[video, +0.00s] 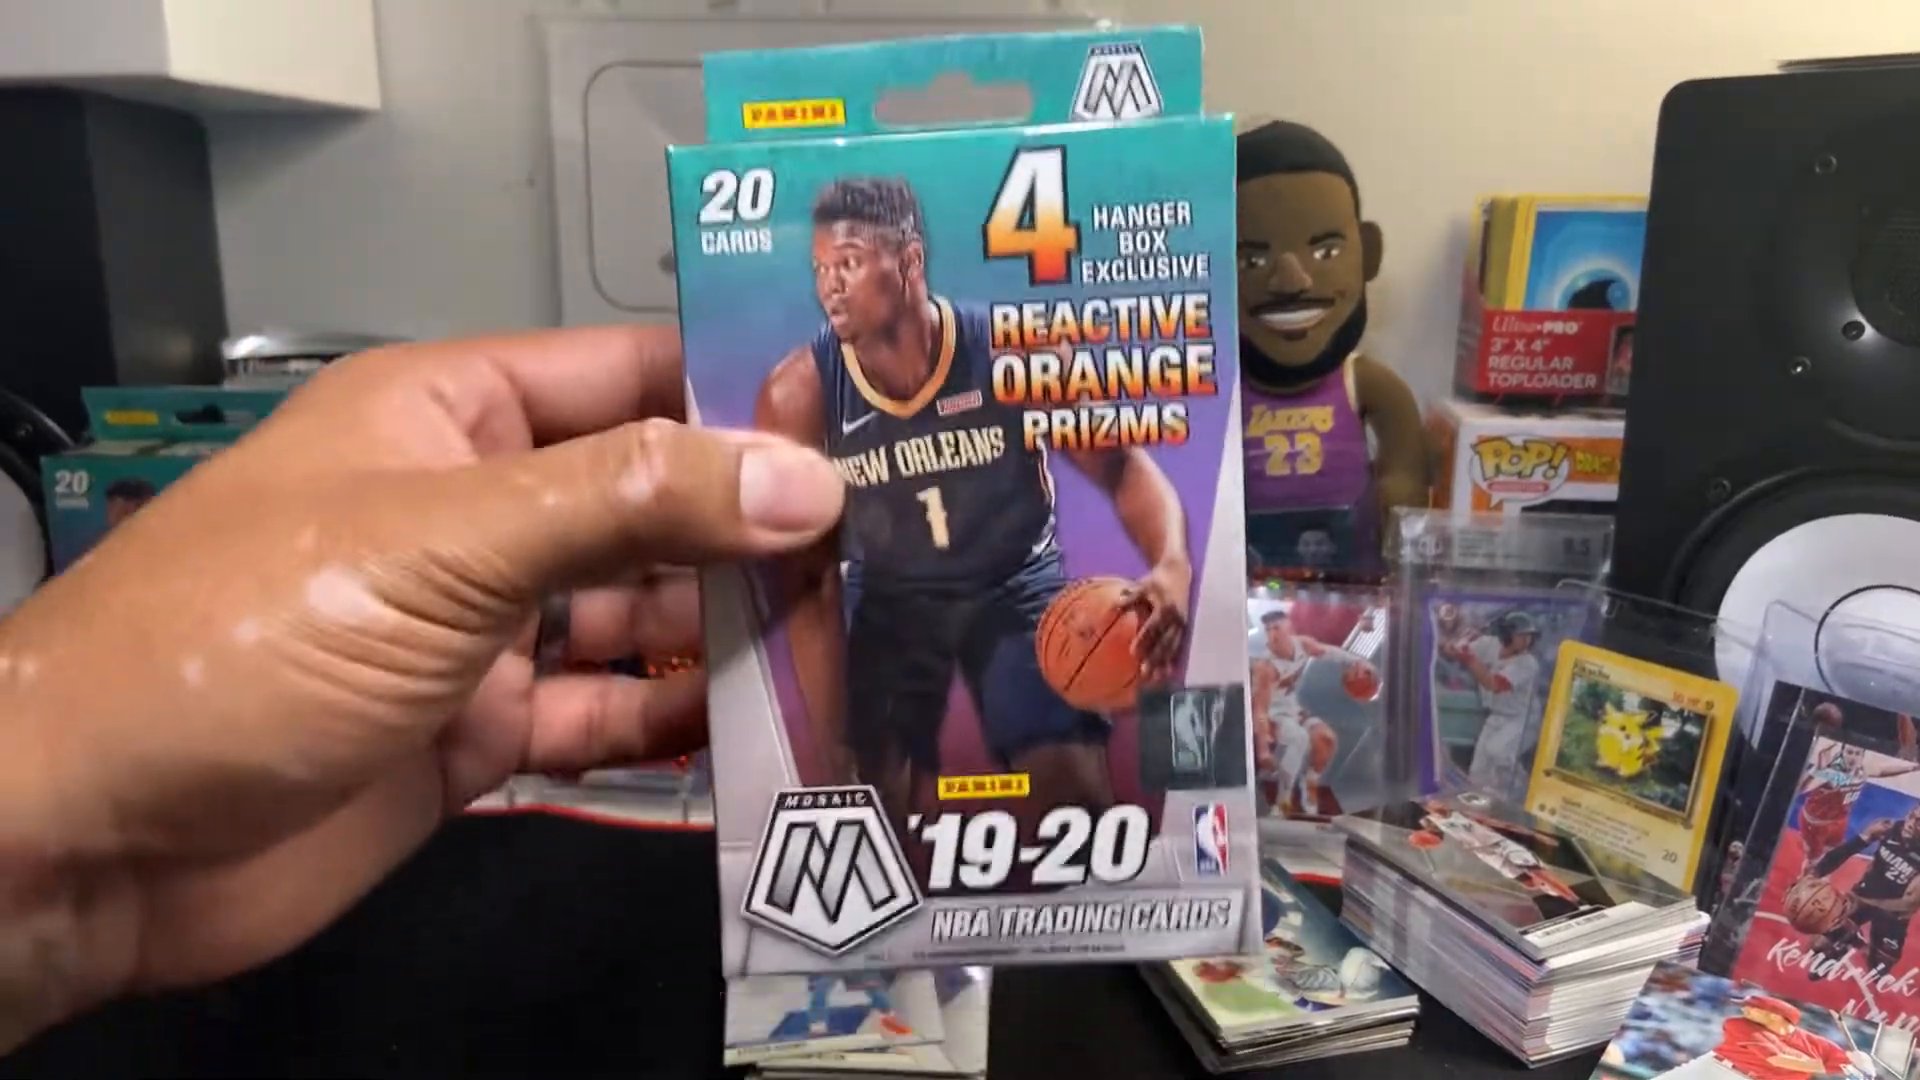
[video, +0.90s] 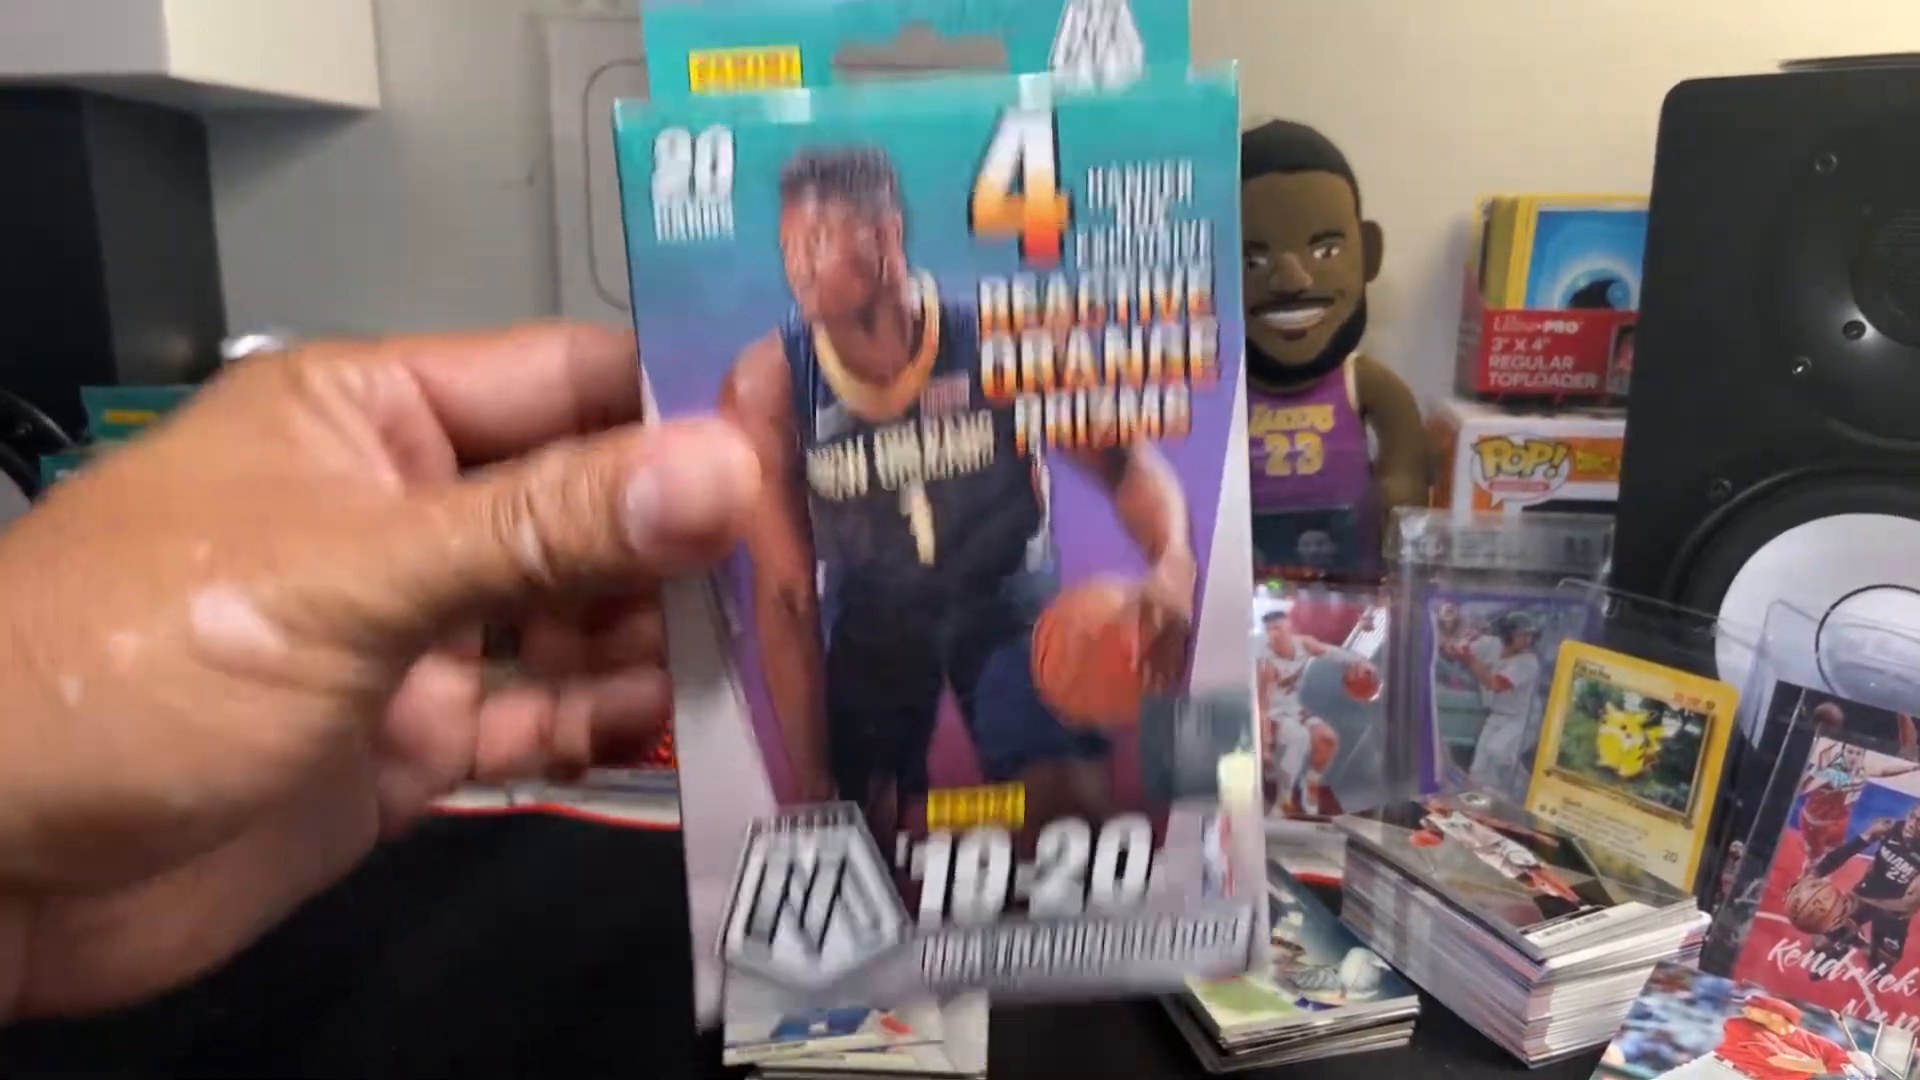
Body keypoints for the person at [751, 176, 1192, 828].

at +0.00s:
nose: (830, 287)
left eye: (849, 264)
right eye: (821, 269)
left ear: (910, 262)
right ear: (813, 276)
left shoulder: (1008, 352)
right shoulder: (799, 393)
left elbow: (1120, 466)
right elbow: (808, 580)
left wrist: (1173, 564)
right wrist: (829, 750)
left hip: (1018, 593)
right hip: (893, 606)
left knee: (1069, 790)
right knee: (877, 809)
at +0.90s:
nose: (803, 264)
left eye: (825, 237)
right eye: (793, 242)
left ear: (888, 238)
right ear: (782, 253)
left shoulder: (997, 339)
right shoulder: (769, 383)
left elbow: (1123, 461)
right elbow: (785, 593)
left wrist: (1173, 566)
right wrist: (809, 783)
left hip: (1004, 611)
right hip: (875, 623)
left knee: (1068, 801)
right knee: (859, 828)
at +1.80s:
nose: (716, 332)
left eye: (735, 312)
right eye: (708, 317)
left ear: (794, 311)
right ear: (701, 325)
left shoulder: (882, 397)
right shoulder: (684, 431)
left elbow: (984, 503)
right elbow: (692, 610)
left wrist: (1028, 593)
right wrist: (708, 771)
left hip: (888, 618)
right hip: (771, 630)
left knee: (932, 804)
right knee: (748, 814)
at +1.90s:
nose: (724, 368)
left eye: (743, 348)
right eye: (716, 352)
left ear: (801, 347)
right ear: (709, 360)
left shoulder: (890, 431)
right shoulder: (692, 467)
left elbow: (995, 541)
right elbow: (700, 648)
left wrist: (1040, 630)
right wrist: (714, 817)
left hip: (898, 657)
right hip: (777, 668)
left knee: (939, 844)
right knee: (754, 852)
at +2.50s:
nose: (755, 335)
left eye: (776, 313)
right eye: (747, 318)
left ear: (839, 312)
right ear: (740, 326)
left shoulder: (939, 408)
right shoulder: (718, 446)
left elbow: (1051, 528)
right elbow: (726, 646)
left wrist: (1104, 630)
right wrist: (740, 826)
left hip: (943, 654)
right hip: (810, 666)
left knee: (991, 872)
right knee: (783, 871)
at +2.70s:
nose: (759, 313)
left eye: (782, 289)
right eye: (751, 293)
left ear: (850, 286)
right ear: (743, 301)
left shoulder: (956, 386)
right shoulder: (723, 431)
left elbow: (1078, 513)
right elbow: (735, 642)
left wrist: (1135, 621)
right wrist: (751, 838)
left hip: (964, 649)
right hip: (822, 661)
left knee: (1021, 882)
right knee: (794, 887)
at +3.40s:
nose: (637, 302)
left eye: (655, 283)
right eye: (630, 289)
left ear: (707, 283)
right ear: (624, 298)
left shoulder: (788, 358)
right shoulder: (610, 389)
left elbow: (879, 454)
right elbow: (618, 552)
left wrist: (920, 533)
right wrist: (632, 698)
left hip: (797, 558)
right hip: (688, 568)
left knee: (840, 728)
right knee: (669, 739)